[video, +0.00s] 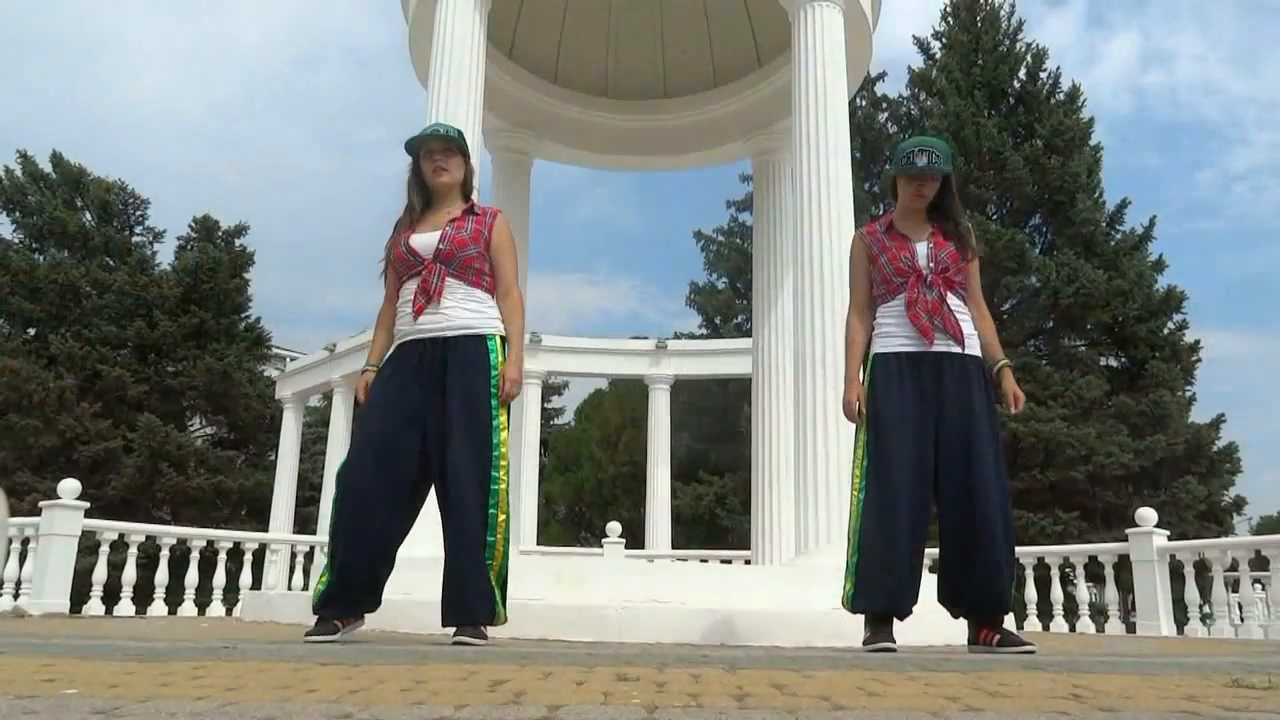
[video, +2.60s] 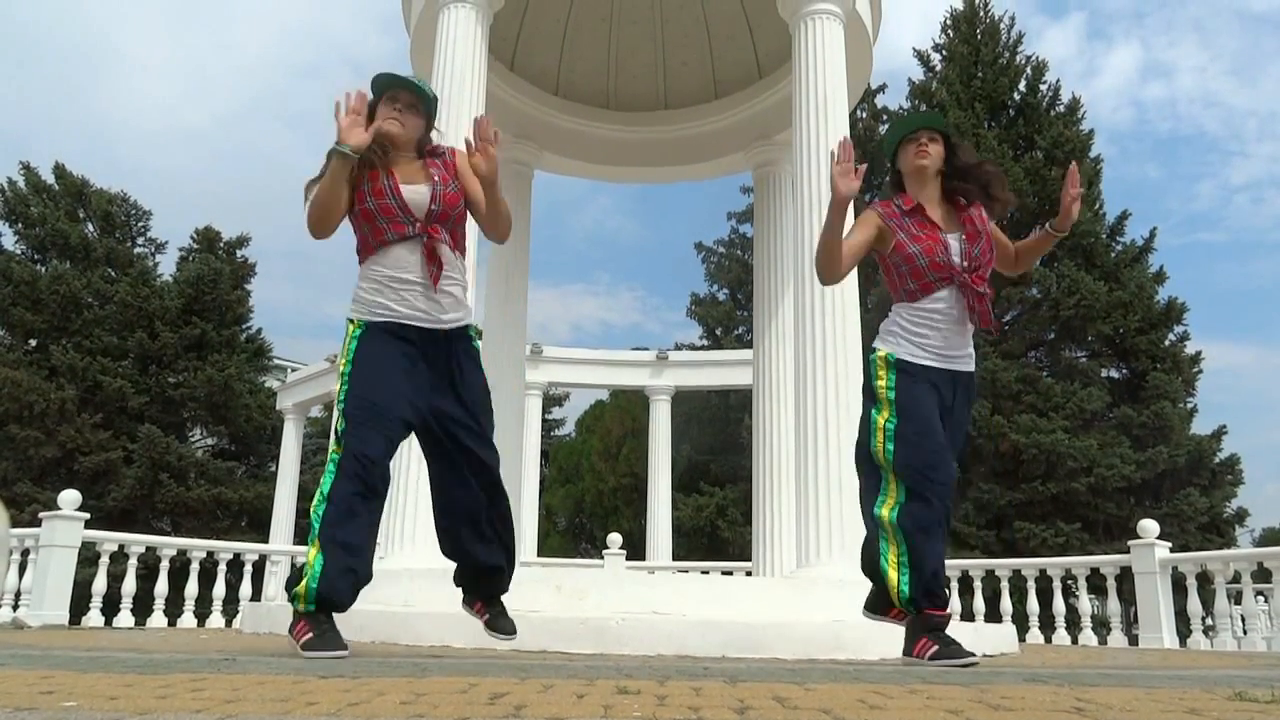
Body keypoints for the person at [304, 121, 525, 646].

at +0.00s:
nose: (438, 161)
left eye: (447, 153)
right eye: (429, 155)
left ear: (466, 163)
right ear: (418, 166)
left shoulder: (490, 221)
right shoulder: (405, 227)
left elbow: (509, 293)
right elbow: (391, 303)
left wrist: (515, 357)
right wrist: (371, 365)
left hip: (470, 358)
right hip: (408, 359)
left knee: (466, 483)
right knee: (366, 474)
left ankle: (470, 616)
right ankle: (345, 606)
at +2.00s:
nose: (424, 165)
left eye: (434, 158)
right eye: (416, 158)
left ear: (453, 168)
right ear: (403, 168)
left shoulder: (473, 226)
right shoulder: (384, 231)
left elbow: (491, 302)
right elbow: (365, 306)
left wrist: (500, 371)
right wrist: (341, 369)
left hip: (446, 369)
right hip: (380, 369)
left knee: (447, 495)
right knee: (364, 495)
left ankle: (465, 626)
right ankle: (345, 622)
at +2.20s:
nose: (437, 167)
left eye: (447, 161)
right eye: (429, 160)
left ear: (466, 175)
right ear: (415, 172)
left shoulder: (491, 225)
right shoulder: (397, 231)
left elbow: (509, 297)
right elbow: (377, 288)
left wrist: (487, 348)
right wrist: (365, 321)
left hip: (458, 375)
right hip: (394, 372)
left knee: (451, 500)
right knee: (368, 495)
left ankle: (461, 629)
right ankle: (348, 621)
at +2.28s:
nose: (437, 177)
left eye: (447, 171)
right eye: (428, 171)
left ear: (468, 184)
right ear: (415, 184)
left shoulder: (492, 235)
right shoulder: (394, 236)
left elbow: (489, 303)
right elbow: (374, 292)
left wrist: (421, 303)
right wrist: (410, 270)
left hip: (467, 379)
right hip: (402, 377)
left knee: (456, 503)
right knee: (360, 478)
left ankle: (462, 631)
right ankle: (353, 587)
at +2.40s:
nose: (426, 157)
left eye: (438, 151)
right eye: (419, 149)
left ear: (459, 166)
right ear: (406, 162)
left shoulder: (484, 208)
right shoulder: (388, 214)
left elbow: (447, 251)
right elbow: (392, 247)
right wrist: (464, 205)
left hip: (466, 365)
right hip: (398, 360)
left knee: (467, 497)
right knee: (355, 469)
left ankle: (467, 628)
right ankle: (365, 554)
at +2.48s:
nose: (412, 131)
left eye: (425, 125)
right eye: (405, 122)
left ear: (444, 138)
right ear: (390, 132)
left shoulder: (469, 170)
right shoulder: (374, 178)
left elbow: (458, 224)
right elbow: (378, 221)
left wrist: (415, 179)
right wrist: (440, 172)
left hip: (463, 341)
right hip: (394, 335)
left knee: (470, 472)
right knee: (369, 452)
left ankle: (474, 610)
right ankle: (339, 583)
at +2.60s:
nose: (401, 115)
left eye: (414, 110)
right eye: (390, 106)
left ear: (427, 124)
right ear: (370, 117)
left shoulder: (454, 164)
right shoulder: (354, 167)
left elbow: (500, 231)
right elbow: (320, 226)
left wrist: (490, 179)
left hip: (452, 339)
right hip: (380, 335)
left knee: (474, 465)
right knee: (359, 464)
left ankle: (483, 588)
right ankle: (315, 608)